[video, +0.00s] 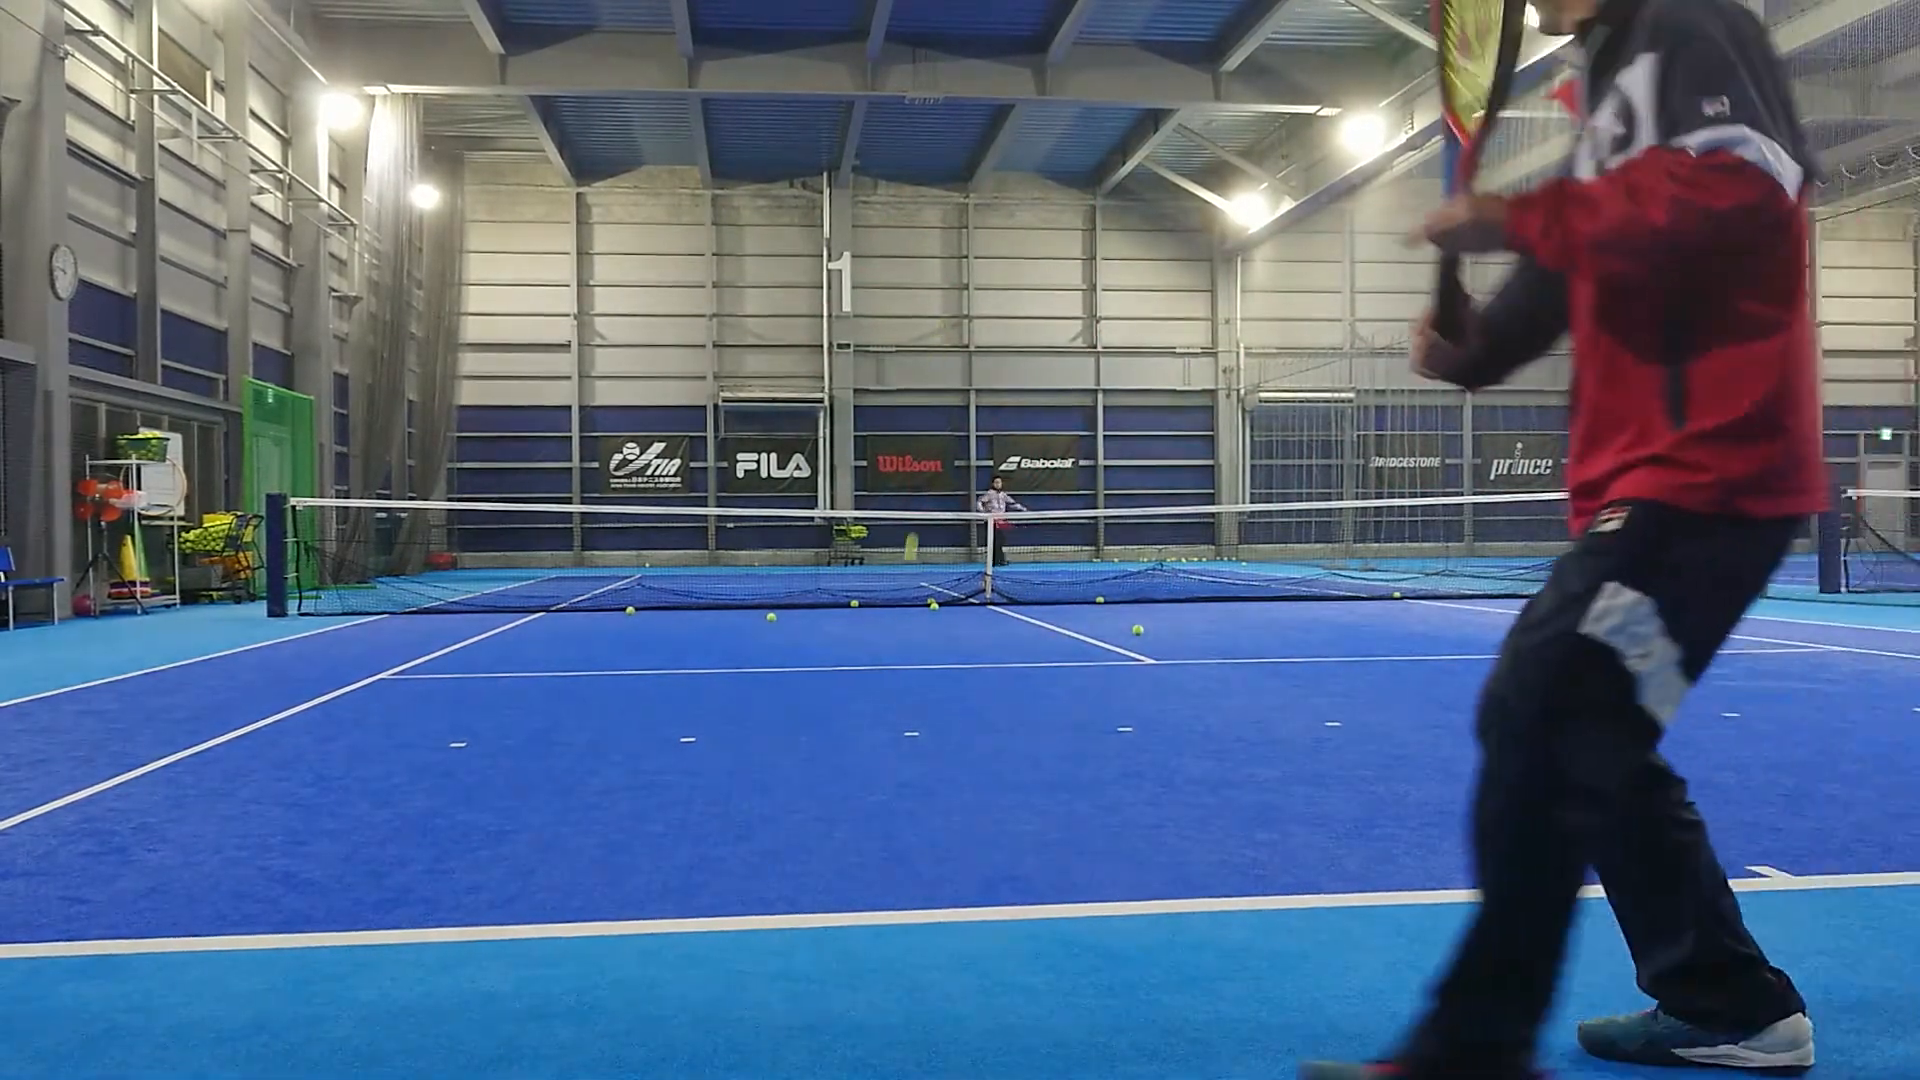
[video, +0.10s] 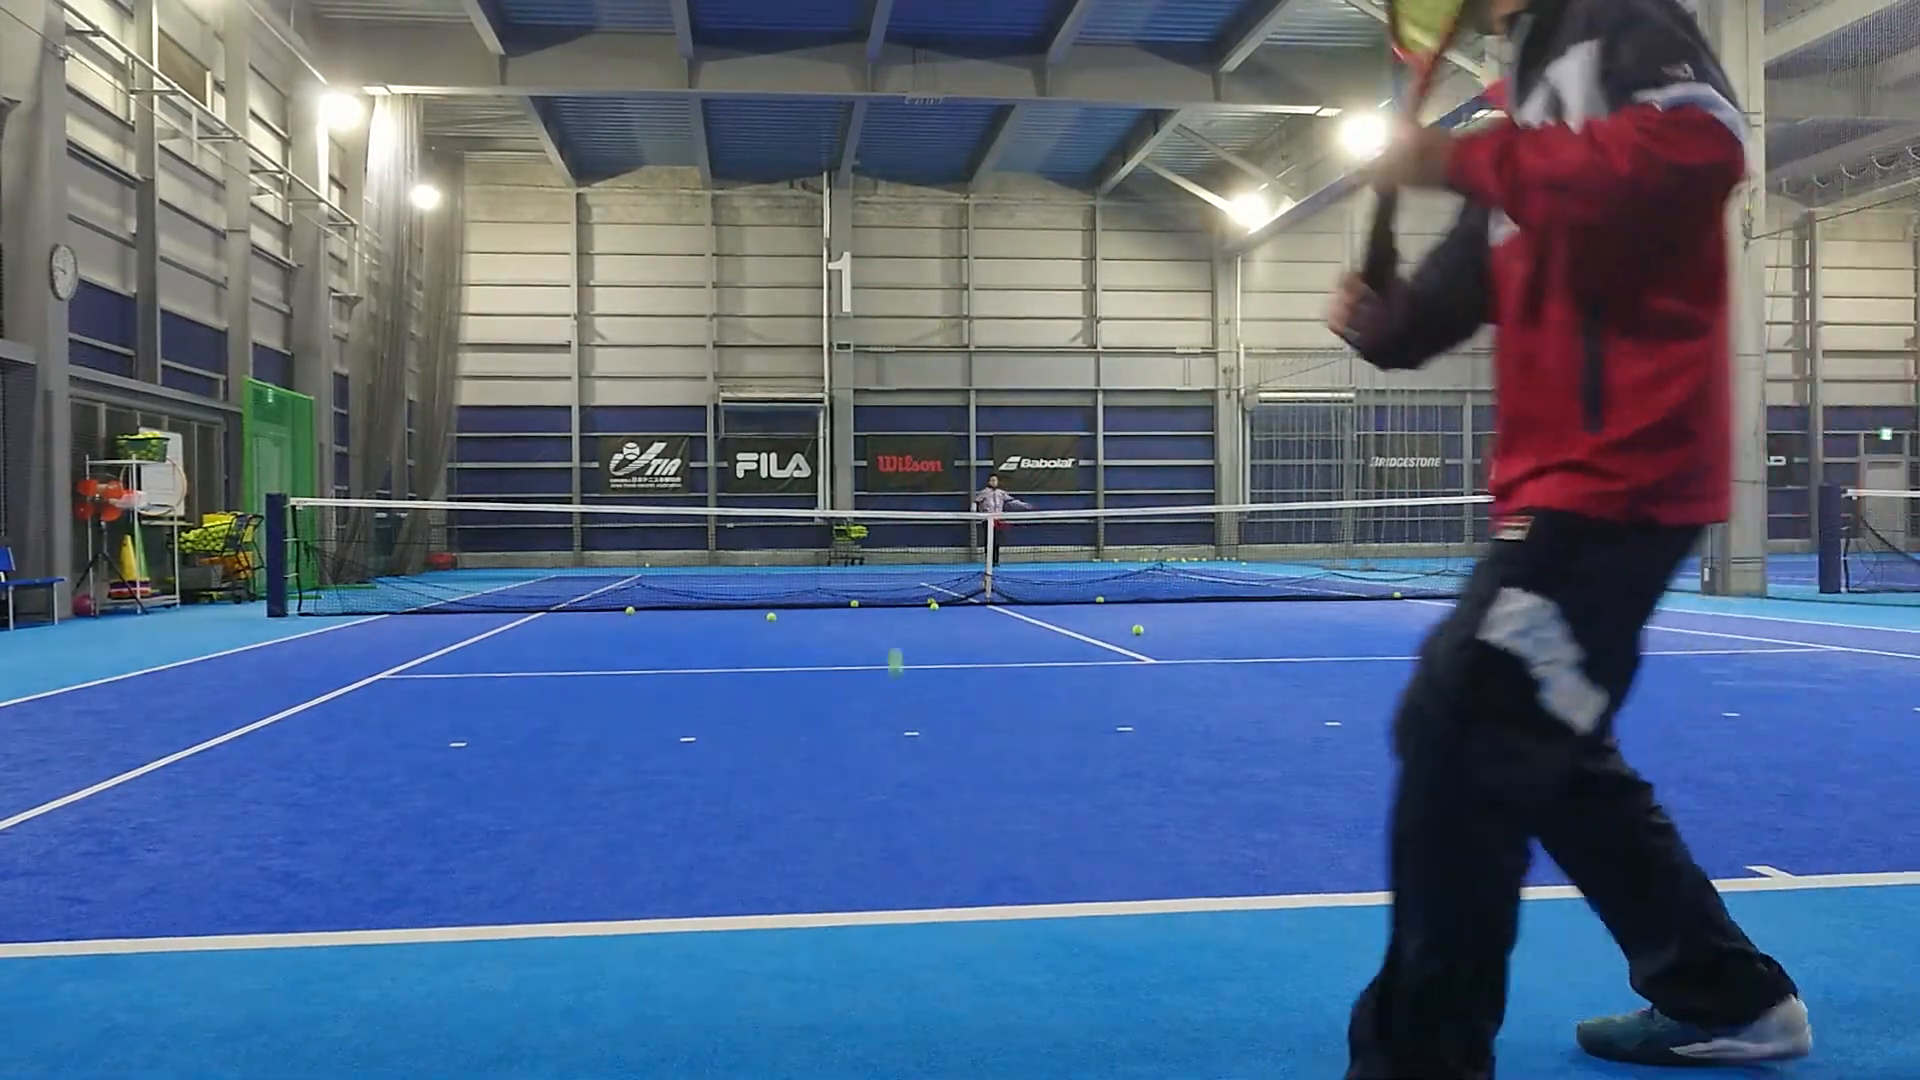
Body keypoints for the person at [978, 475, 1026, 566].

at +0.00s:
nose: (998, 484)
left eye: (1000, 482)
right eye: (996, 482)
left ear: (1002, 484)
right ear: (993, 484)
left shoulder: (1003, 495)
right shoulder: (990, 494)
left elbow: (1013, 503)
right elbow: (979, 501)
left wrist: (1023, 509)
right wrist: (982, 511)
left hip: (1000, 519)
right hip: (991, 519)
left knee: (998, 540)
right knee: (996, 540)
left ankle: (996, 559)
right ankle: (1000, 559)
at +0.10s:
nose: (994, 482)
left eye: (995, 480)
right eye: (992, 480)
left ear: (997, 482)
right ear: (988, 482)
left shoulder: (1001, 493)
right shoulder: (985, 492)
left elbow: (1012, 501)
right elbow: (975, 502)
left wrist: (1025, 505)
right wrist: (975, 512)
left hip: (997, 518)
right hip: (987, 518)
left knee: (996, 542)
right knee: (988, 542)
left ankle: (996, 561)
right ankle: (989, 561)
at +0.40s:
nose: (976, 484)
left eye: (978, 482)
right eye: (974, 482)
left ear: (980, 483)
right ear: (972, 483)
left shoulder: (986, 494)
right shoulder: (969, 496)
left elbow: (993, 505)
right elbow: (964, 509)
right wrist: (970, 517)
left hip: (986, 521)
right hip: (973, 521)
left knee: (990, 543)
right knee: (966, 542)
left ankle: (994, 561)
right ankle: (959, 561)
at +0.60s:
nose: (963, 486)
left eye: (965, 484)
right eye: (961, 484)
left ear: (968, 485)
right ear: (959, 486)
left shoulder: (973, 495)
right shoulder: (958, 497)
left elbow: (977, 507)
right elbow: (954, 509)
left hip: (974, 523)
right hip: (963, 523)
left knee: (981, 544)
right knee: (960, 543)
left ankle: (990, 560)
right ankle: (958, 560)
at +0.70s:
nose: (959, 485)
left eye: (961, 483)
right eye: (958, 483)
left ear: (965, 485)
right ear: (956, 485)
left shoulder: (971, 495)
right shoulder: (954, 496)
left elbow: (973, 509)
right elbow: (951, 510)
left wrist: (962, 514)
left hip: (972, 522)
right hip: (961, 522)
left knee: (977, 545)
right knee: (958, 544)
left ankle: (988, 560)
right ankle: (958, 561)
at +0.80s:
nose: (957, 484)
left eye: (959, 482)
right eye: (956, 482)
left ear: (963, 483)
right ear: (953, 484)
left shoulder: (969, 494)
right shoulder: (952, 495)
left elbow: (972, 508)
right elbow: (948, 508)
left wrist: (966, 518)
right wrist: (955, 515)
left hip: (967, 521)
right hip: (956, 522)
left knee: (971, 543)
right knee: (956, 544)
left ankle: (982, 560)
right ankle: (958, 561)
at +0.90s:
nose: (957, 483)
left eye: (959, 480)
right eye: (955, 481)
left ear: (962, 482)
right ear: (952, 482)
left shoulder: (968, 493)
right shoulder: (950, 494)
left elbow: (971, 508)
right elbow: (947, 508)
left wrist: (964, 517)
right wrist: (954, 515)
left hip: (966, 521)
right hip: (955, 521)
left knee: (970, 542)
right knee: (956, 543)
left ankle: (976, 557)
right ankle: (958, 560)